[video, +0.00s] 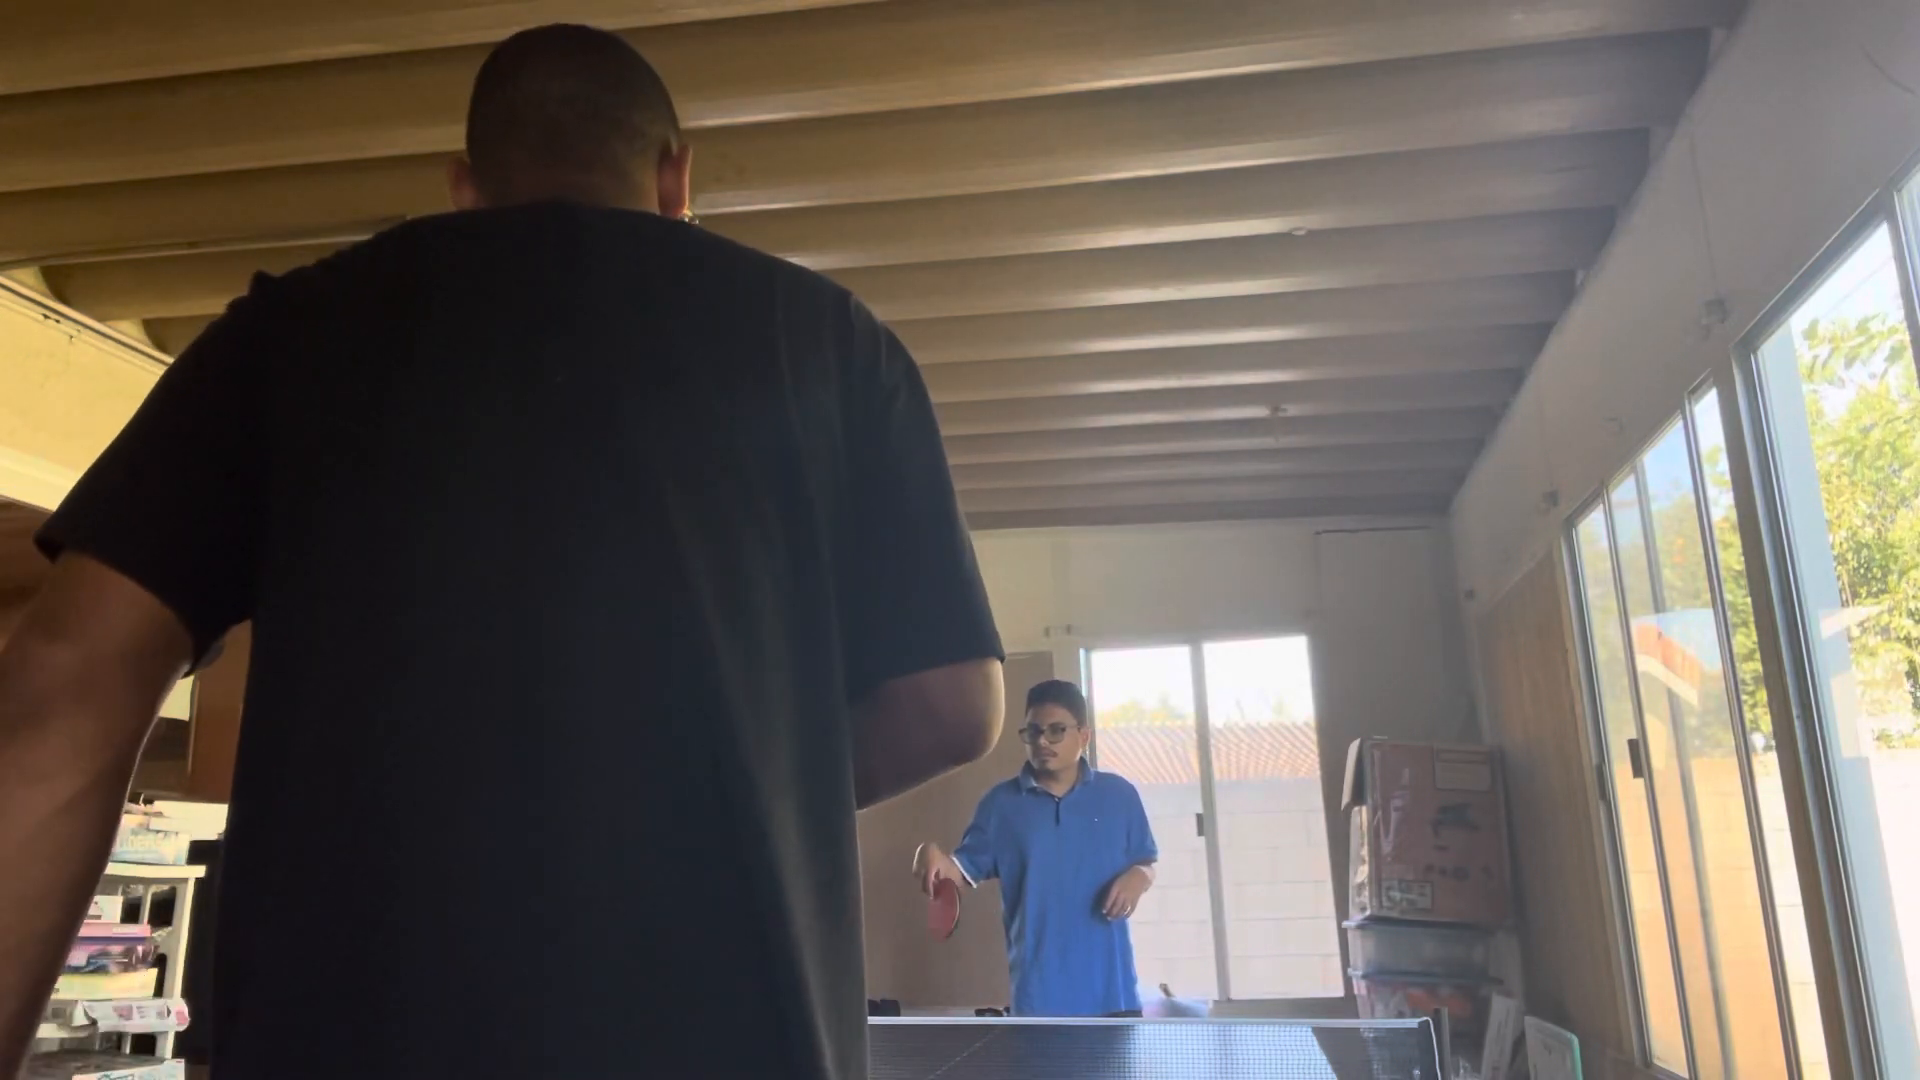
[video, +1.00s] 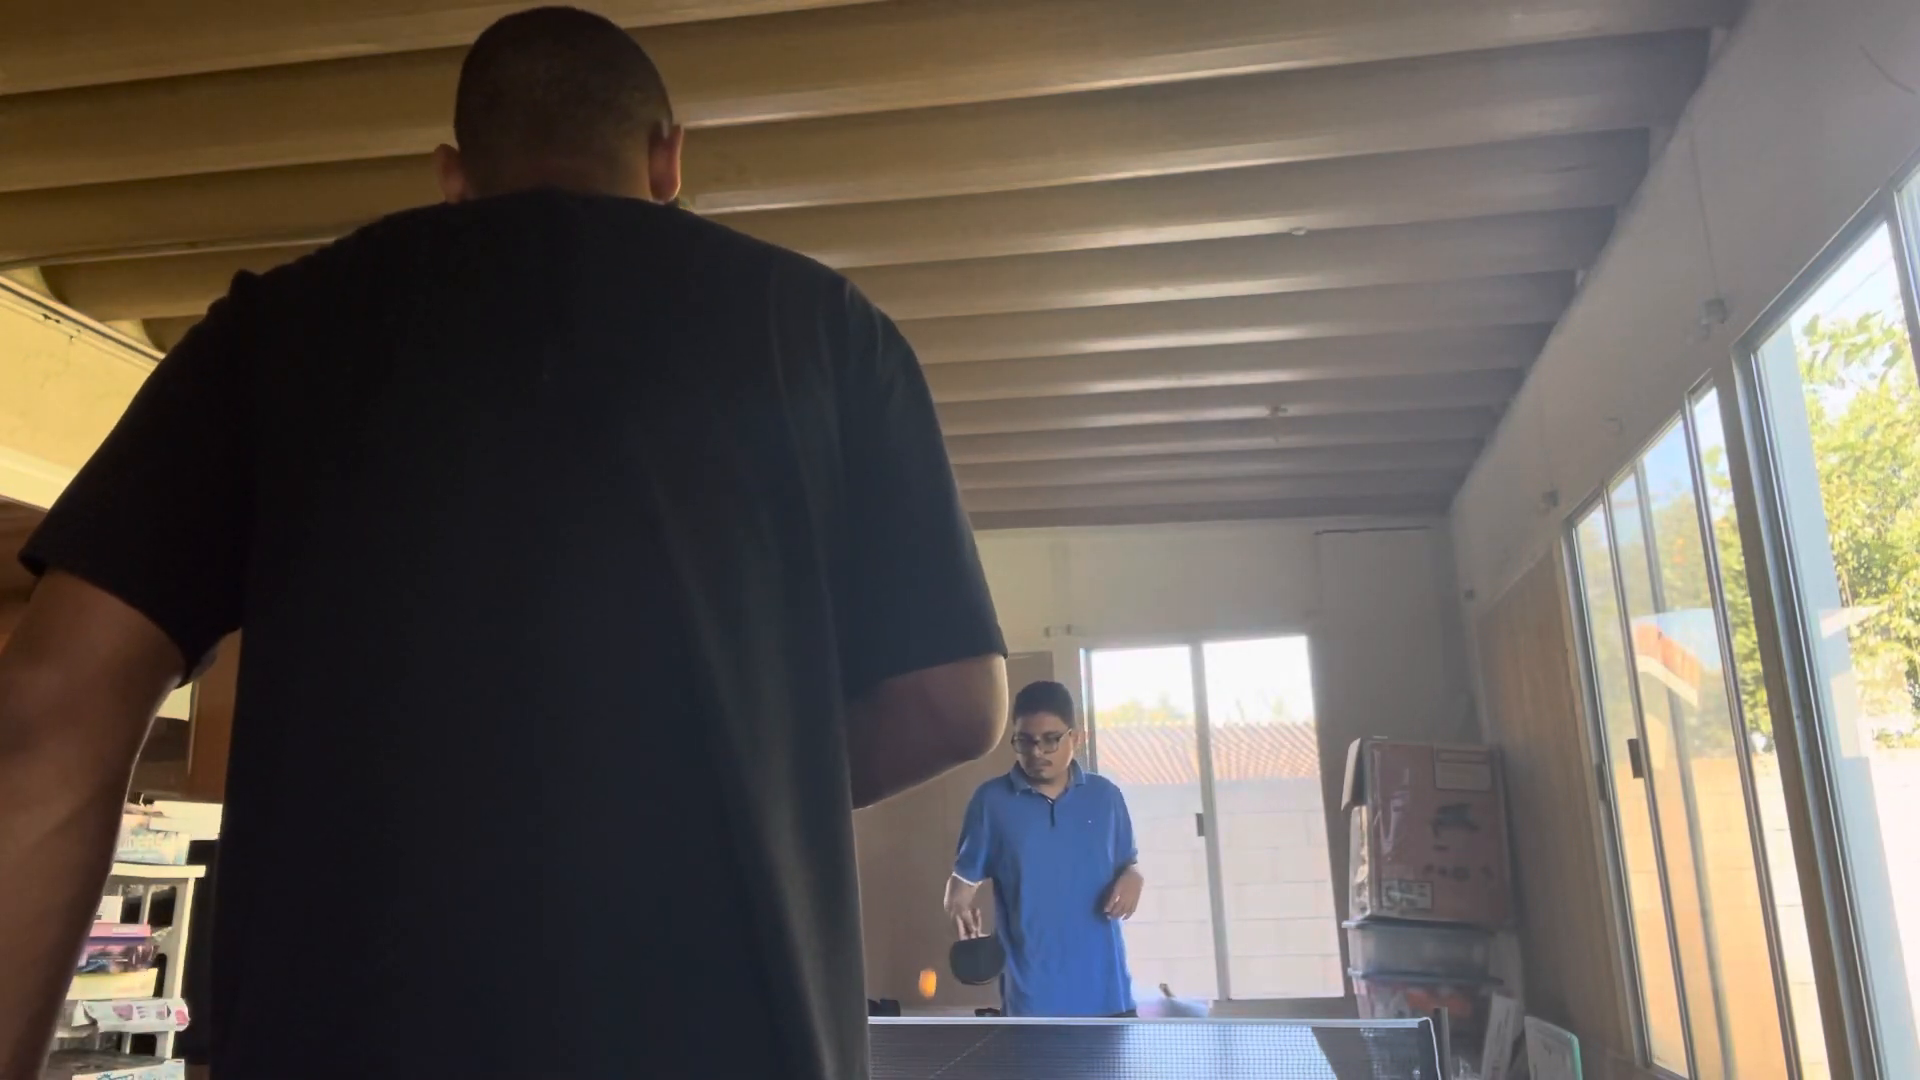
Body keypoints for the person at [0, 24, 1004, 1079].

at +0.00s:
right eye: (688, 184)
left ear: (462, 179)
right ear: (677, 181)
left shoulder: (298, 325)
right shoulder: (822, 331)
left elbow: (67, 687)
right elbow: (946, 707)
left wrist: (10, 1033)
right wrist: (733, 784)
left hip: (342, 1029)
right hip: (725, 1033)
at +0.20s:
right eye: (686, 179)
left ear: (458, 177)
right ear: (674, 177)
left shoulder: (296, 325)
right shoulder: (822, 329)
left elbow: (66, 685)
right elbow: (942, 711)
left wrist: (13, 1038)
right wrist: (726, 783)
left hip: (344, 1031)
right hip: (726, 1035)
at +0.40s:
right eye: (684, 177)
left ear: (457, 176)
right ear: (672, 174)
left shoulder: (291, 322)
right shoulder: (821, 328)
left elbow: (66, 688)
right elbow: (942, 712)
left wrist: (28, 1047)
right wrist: (721, 780)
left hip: (342, 1029)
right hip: (724, 1033)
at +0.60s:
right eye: (681, 169)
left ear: (456, 174)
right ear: (670, 168)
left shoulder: (289, 323)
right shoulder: (817, 325)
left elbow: (65, 692)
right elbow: (943, 709)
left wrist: (31, 1053)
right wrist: (725, 783)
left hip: (341, 1030)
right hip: (723, 1035)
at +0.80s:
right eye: (681, 164)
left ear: (453, 172)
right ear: (668, 164)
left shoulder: (286, 324)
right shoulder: (819, 322)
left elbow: (63, 684)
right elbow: (942, 707)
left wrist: (21, 1049)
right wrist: (725, 780)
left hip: (341, 1032)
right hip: (726, 1037)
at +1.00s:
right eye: (683, 162)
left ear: (451, 169)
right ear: (669, 163)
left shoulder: (284, 323)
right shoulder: (820, 319)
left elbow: (62, 688)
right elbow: (947, 705)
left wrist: (20, 1042)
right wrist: (727, 785)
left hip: (342, 1030)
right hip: (726, 1034)